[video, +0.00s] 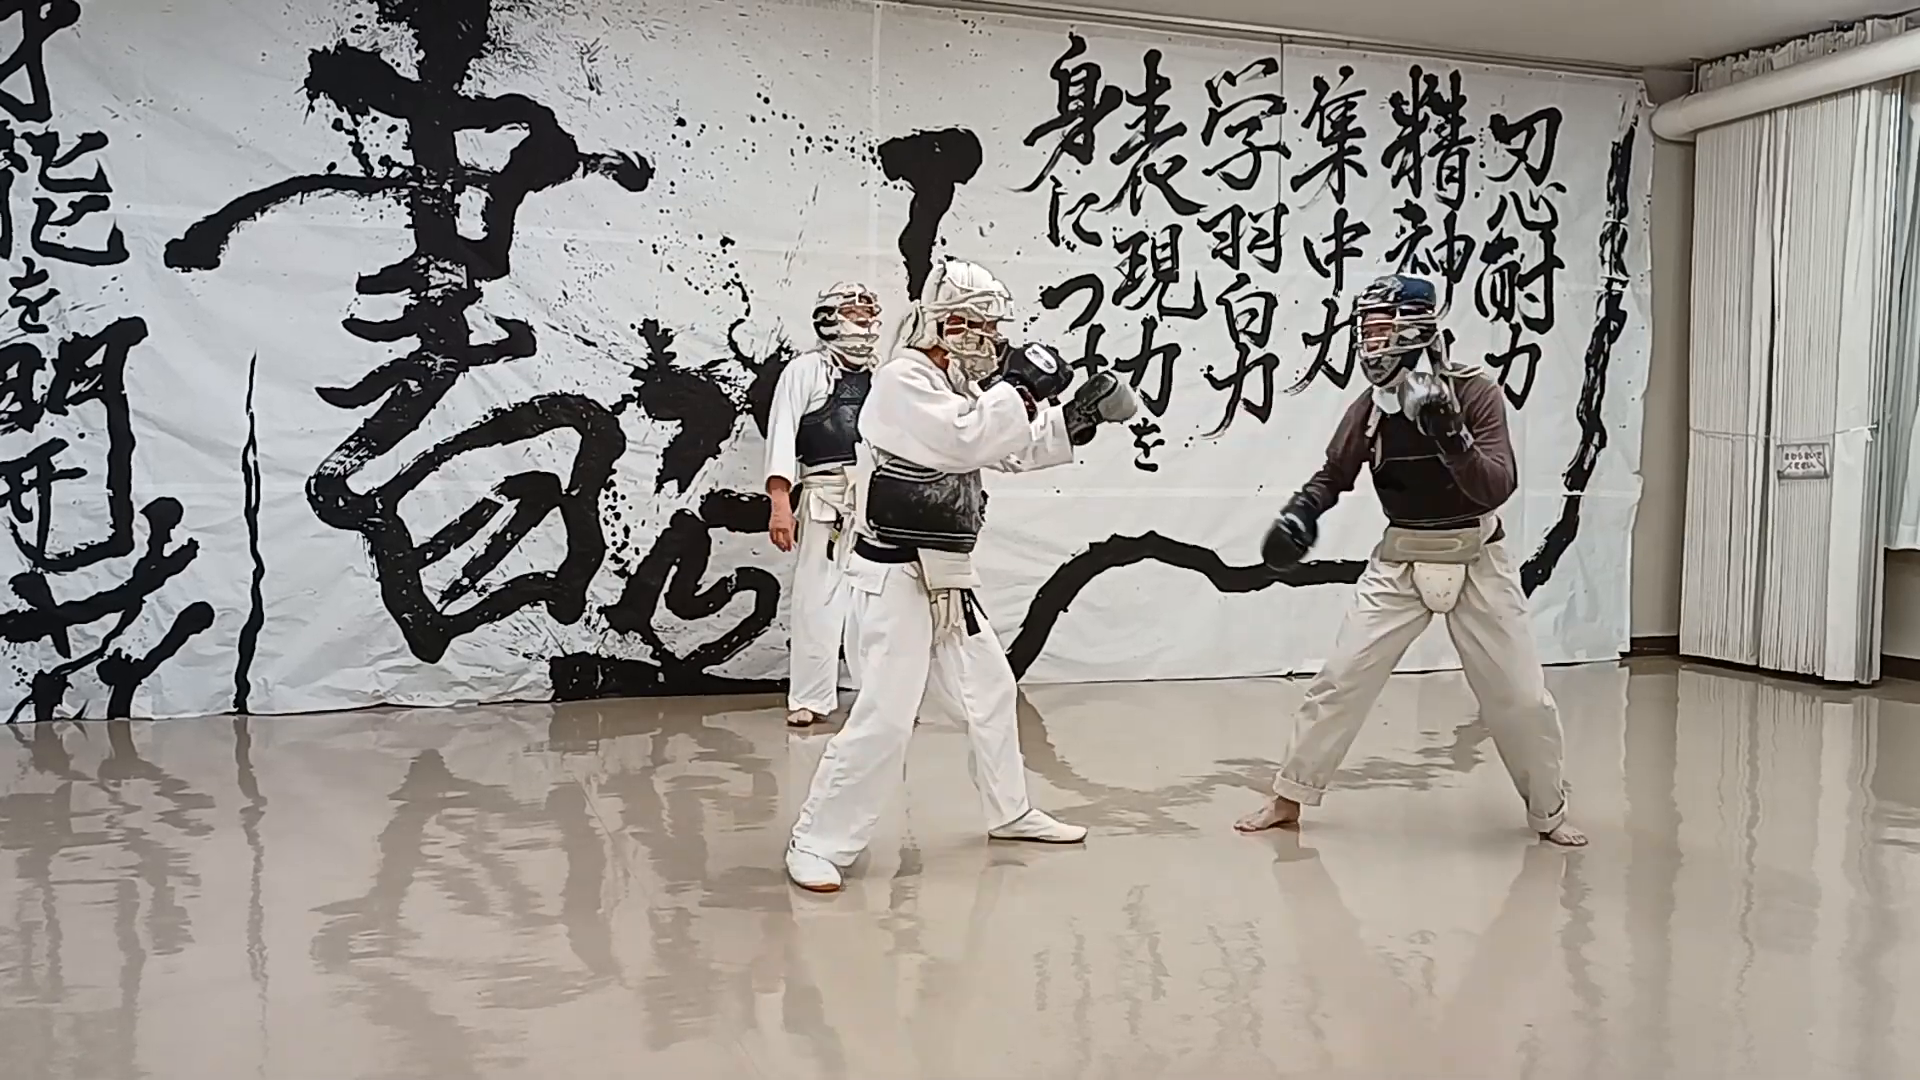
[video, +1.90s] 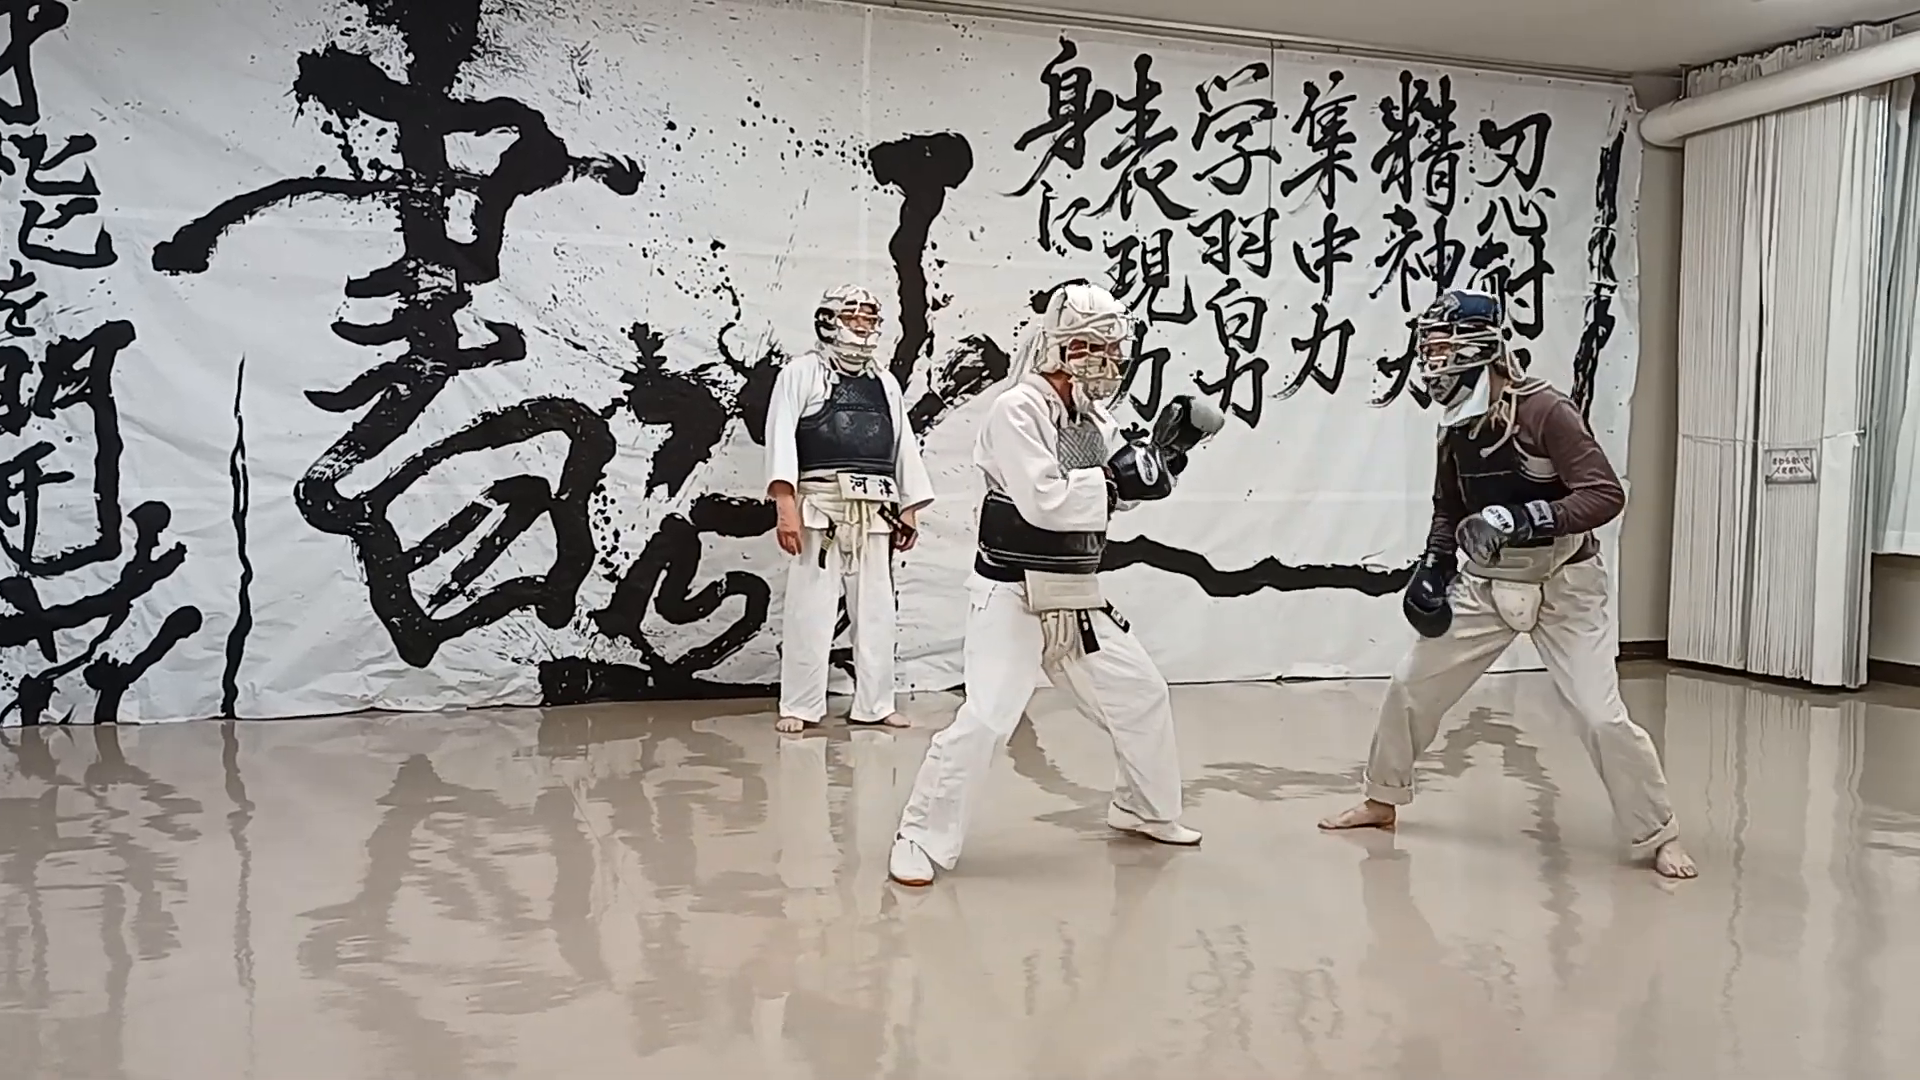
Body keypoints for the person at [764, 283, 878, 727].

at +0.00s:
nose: (865, 323)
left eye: (870, 315)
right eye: (854, 315)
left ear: (877, 321)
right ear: (829, 321)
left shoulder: (882, 373)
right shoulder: (805, 369)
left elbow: (900, 436)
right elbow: (781, 436)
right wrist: (779, 504)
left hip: (876, 497)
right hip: (821, 497)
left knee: (877, 599)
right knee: (815, 602)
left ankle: (878, 698)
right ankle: (808, 700)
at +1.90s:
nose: (862, 326)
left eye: (869, 320)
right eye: (852, 318)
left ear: (877, 326)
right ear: (830, 321)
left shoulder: (885, 380)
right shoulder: (801, 371)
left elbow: (904, 446)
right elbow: (781, 440)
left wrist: (911, 508)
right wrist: (786, 506)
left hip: (875, 509)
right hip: (816, 507)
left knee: (876, 613)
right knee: (809, 613)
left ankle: (874, 706)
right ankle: (800, 709)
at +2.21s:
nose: (837, 326)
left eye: (844, 319)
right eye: (827, 317)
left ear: (852, 325)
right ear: (805, 320)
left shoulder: (859, 379)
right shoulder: (776, 371)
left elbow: (878, 446)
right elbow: (756, 439)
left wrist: (885, 507)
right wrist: (763, 506)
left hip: (850, 508)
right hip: (791, 506)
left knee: (851, 612)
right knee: (783, 613)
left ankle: (848, 706)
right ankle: (773, 709)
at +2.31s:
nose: (826, 326)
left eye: (833, 320)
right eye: (817, 318)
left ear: (841, 326)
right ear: (794, 320)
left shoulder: (848, 379)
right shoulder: (765, 371)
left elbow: (867, 446)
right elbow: (745, 440)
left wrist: (875, 508)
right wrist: (752, 507)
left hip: (840, 509)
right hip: (781, 507)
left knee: (841, 613)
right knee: (773, 613)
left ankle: (839, 706)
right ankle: (763, 709)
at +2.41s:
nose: (817, 323)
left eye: (824, 317)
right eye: (807, 315)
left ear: (830, 325)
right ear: (783, 319)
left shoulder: (837, 380)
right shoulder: (754, 372)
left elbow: (856, 446)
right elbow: (735, 441)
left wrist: (863, 509)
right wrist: (741, 508)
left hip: (830, 510)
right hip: (771, 508)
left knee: (831, 614)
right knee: (763, 614)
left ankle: (829, 707)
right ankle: (753, 710)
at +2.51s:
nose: (806, 325)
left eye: (813, 318)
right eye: (796, 316)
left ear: (819, 326)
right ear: (772, 320)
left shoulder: (827, 381)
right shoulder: (743, 373)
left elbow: (846, 447)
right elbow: (724, 443)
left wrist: (853, 509)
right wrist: (731, 510)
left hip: (819, 510)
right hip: (760, 509)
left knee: (821, 614)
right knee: (753, 614)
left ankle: (819, 707)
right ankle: (743, 711)